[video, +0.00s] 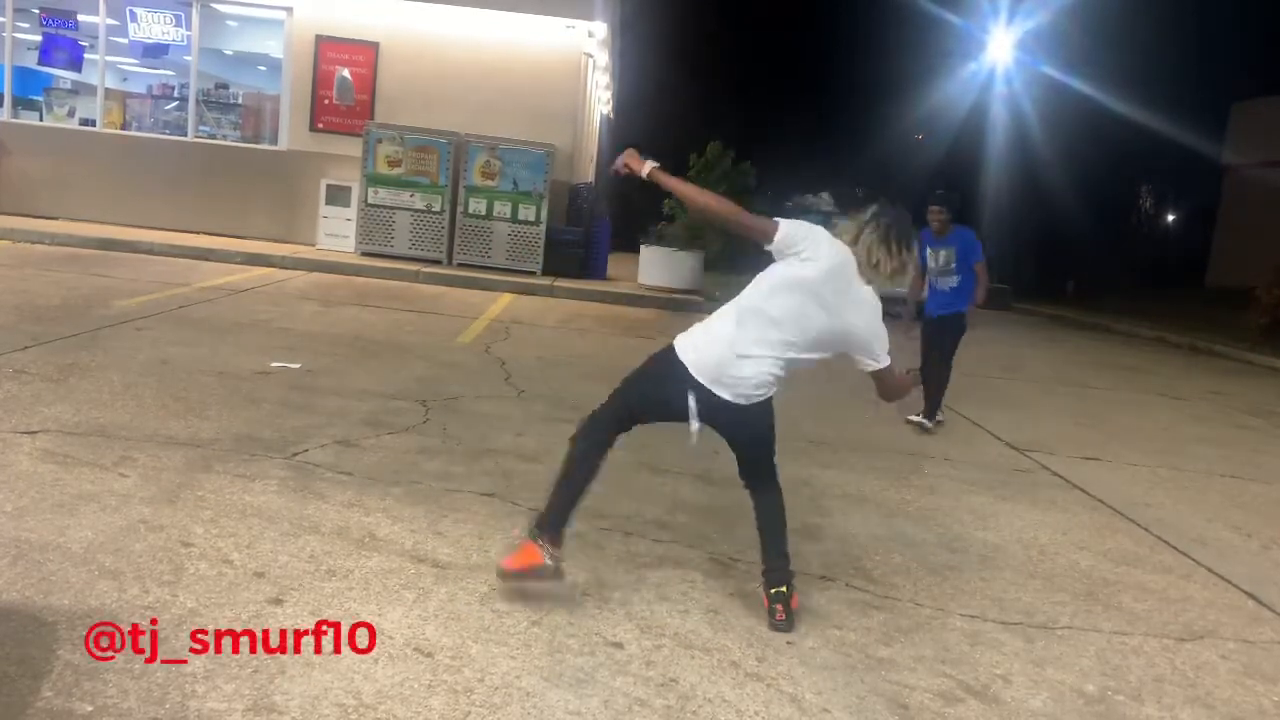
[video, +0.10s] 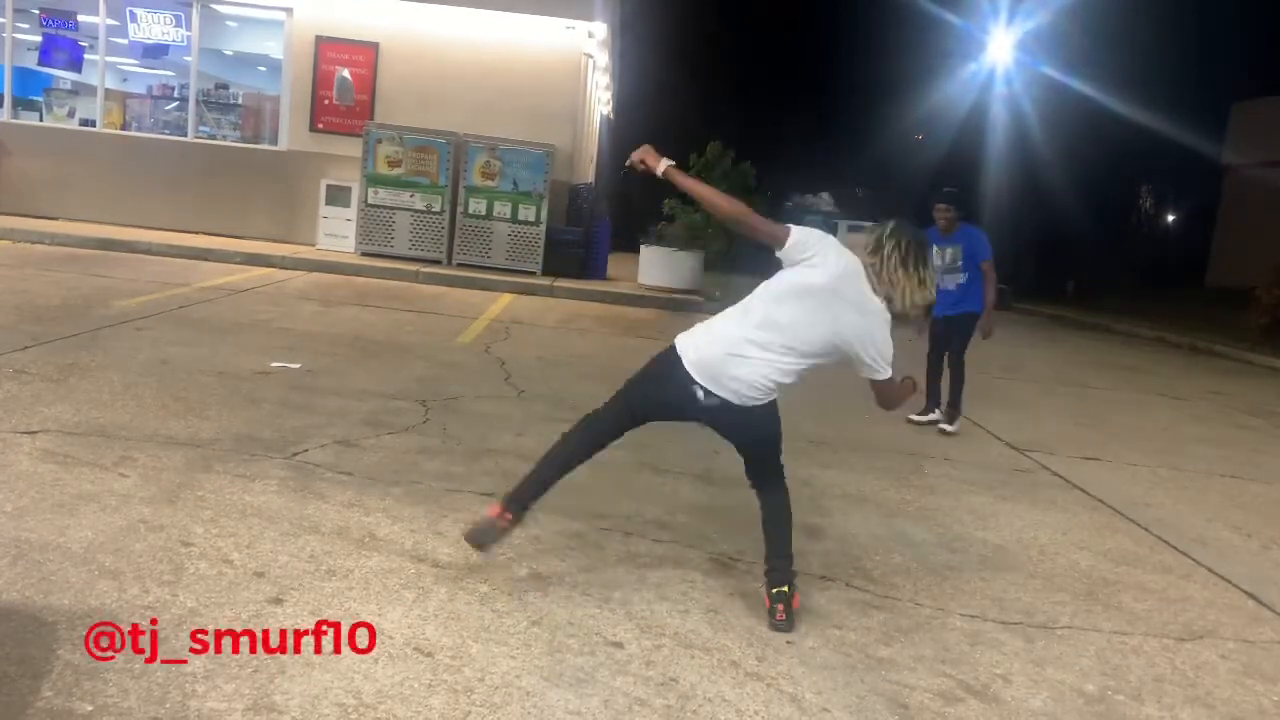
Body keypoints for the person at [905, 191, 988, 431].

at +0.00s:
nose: (935, 219)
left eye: (940, 214)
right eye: (931, 214)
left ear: (949, 215)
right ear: (927, 215)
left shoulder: (966, 238)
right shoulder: (925, 238)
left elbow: (981, 272)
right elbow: (919, 273)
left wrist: (977, 300)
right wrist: (912, 301)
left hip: (955, 310)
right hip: (931, 309)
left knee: (941, 359)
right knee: (927, 360)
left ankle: (931, 412)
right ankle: (931, 409)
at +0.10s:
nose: (942, 216)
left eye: (947, 211)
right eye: (938, 211)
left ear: (956, 213)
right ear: (933, 213)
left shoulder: (974, 237)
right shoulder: (930, 237)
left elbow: (989, 275)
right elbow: (923, 274)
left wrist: (987, 314)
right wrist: (921, 308)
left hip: (967, 308)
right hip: (940, 308)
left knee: (955, 357)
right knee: (933, 356)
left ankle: (953, 413)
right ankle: (932, 407)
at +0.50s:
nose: (969, 221)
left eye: (974, 216)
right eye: (965, 216)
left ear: (984, 218)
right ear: (960, 218)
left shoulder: (1003, 243)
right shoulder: (953, 242)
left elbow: (1015, 278)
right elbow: (957, 274)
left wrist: (1014, 316)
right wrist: (958, 301)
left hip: (992, 314)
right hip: (964, 311)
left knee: (985, 363)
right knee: (948, 358)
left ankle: (985, 418)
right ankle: (949, 407)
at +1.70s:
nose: (959, 215)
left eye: (964, 210)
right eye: (955, 210)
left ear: (975, 213)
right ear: (951, 212)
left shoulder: (992, 239)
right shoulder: (946, 237)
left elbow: (1006, 278)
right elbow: (948, 273)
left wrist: (999, 319)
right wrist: (952, 303)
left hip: (983, 316)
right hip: (957, 314)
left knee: (982, 367)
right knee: (947, 360)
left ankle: (983, 418)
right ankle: (950, 407)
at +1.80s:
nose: (956, 215)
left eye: (962, 210)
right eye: (953, 210)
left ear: (973, 213)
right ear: (948, 212)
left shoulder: (988, 240)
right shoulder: (945, 237)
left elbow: (1011, 276)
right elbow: (947, 269)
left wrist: (980, 296)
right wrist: (949, 296)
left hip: (980, 316)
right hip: (953, 311)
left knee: (979, 363)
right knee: (935, 353)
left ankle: (983, 417)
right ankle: (945, 401)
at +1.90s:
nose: (953, 215)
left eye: (958, 210)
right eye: (949, 210)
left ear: (969, 213)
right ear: (945, 212)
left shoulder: (981, 237)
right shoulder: (942, 235)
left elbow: (995, 270)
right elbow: (947, 267)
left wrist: (961, 276)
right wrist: (945, 289)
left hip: (977, 315)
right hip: (950, 310)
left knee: (978, 363)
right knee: (932, 351)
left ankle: (983, 417)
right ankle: (937, 404)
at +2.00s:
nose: (946, 214)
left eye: (951, 209)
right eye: (942, 209)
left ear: (962, 213)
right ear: (937, 211)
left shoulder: (970, 235)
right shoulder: (935, 233)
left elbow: (957, 251)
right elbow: (935, 264)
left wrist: (924, 259)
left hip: (970, 313)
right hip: (944, 311)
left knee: (976, 365)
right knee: (930, 357)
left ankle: (983, 419)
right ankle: (927, 411)